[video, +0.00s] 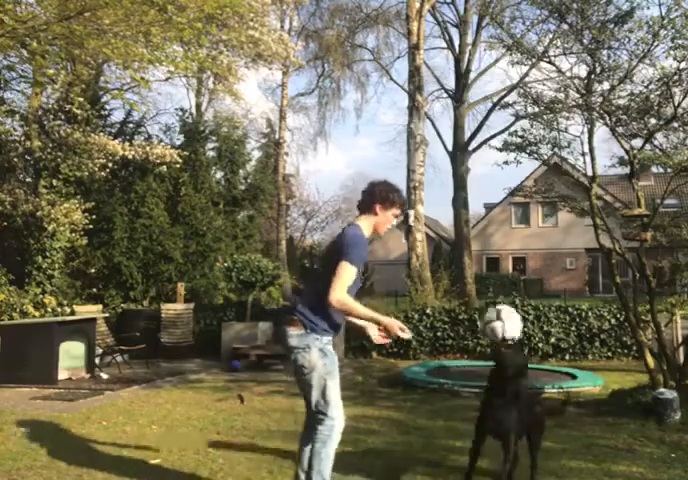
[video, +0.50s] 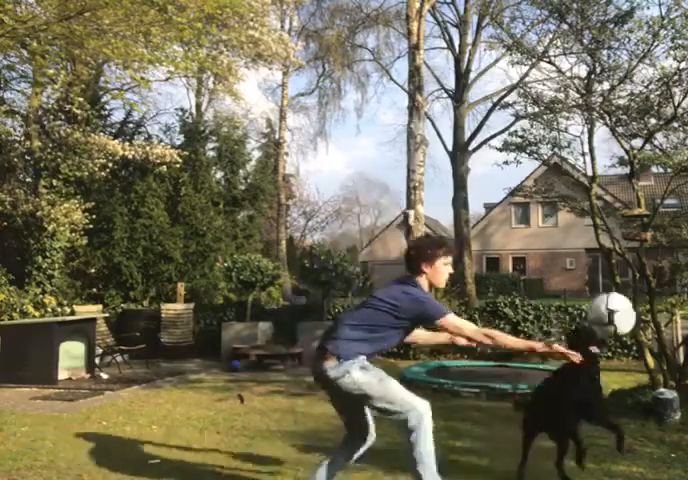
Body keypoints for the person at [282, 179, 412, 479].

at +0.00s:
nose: (393, 224)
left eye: (396, 218)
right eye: (394, 216)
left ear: (375, 209)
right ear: (377, 208)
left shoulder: (349, 237)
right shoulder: (356, 240)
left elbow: (332, 300)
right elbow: (336, 297)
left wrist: (366, 326)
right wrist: (382, 319)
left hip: (309, 333)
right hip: (310, 335)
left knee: (319, 416)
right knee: (331, 419)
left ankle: (306, 474)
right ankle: (318, 475)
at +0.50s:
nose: (450, 272)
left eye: (449, 264)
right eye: (446, 264)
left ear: (423, 266)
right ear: (425, 265)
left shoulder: (399, 291)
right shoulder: (417, 297)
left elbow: (410, 335)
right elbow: (481, 336)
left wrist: (456, 337)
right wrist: (542, 348)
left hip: (329, 362)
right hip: (345, 363)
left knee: (360, 433)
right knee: (418, 411)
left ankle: (322, 474)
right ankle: (429, 475)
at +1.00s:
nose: (641, 370)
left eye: (643, 362)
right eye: (639, 361)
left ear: (607, 353)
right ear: (618, 357)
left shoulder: (575, 363)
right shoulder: (592, 379)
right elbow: (644, 447)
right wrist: (680, 463)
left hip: (462, 385)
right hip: (485, 396)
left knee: (435, 459)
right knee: (567, 433)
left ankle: (353, 476)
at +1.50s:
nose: (668, 308)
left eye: (671, 301)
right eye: (671, 302)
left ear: (640, 280)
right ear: (661, 301)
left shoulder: (603, 295)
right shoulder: (609, 316)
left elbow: (586, 361)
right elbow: (592, 395)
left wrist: (619, 385)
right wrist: (642, 411)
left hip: (497, 349)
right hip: (514, 365)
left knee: (461, 403)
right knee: (589, 426)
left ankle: (390, 416)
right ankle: (570, 477)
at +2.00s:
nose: (547, 236)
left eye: (550, 229)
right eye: (549, 228)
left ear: (524, 219)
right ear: (540, 224)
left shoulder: (496, 250)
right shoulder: (506, 262)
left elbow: (488, 317)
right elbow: (487, 334)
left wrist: (526, 333)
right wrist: (540, 348)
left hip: (454, 359)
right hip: (468, 362)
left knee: (467, 441)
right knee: (538, 436)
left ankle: (416, 476)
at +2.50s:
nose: (445, 212)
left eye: (449, 205)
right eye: (446, 203)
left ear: (427, 194)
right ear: (429, 193)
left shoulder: (399, 227)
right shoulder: (407, 230)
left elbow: (400, 294)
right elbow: (399, 296)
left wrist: (444, 309)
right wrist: (449, 314)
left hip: (394, 342)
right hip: (389, 344)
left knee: (420, 418)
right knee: (398, 426)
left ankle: (400, 476)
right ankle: (370, 477)